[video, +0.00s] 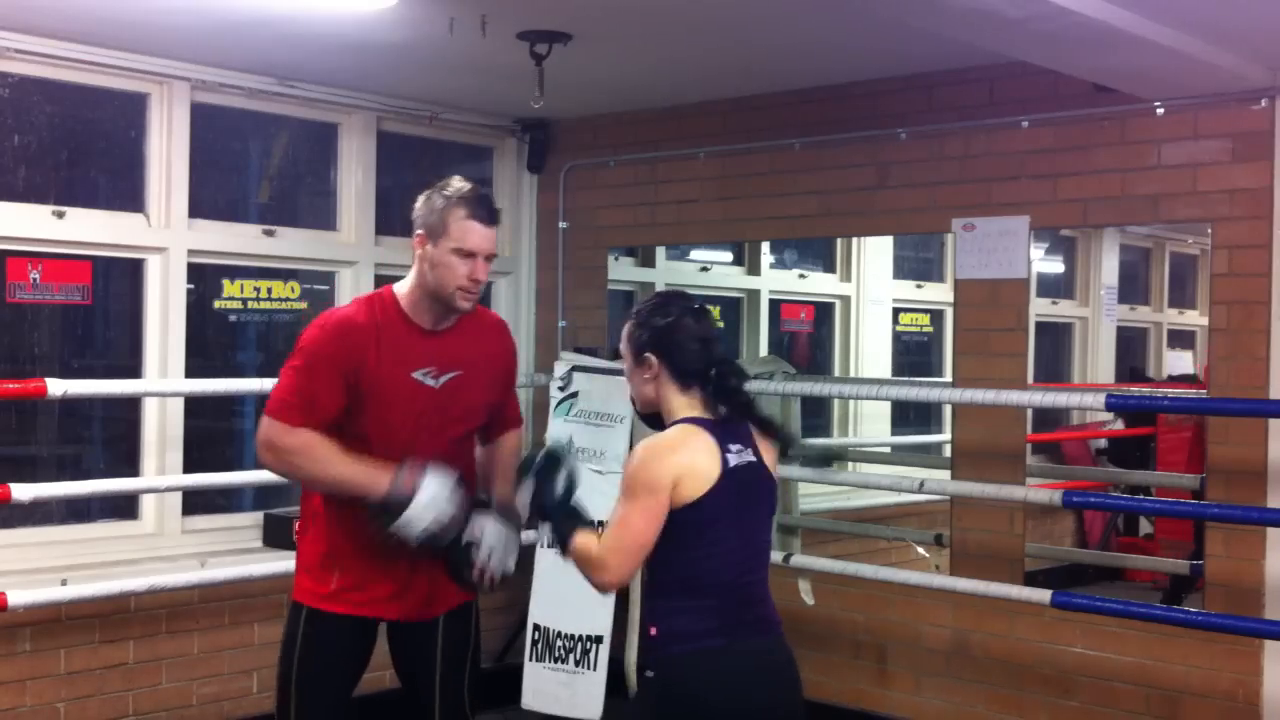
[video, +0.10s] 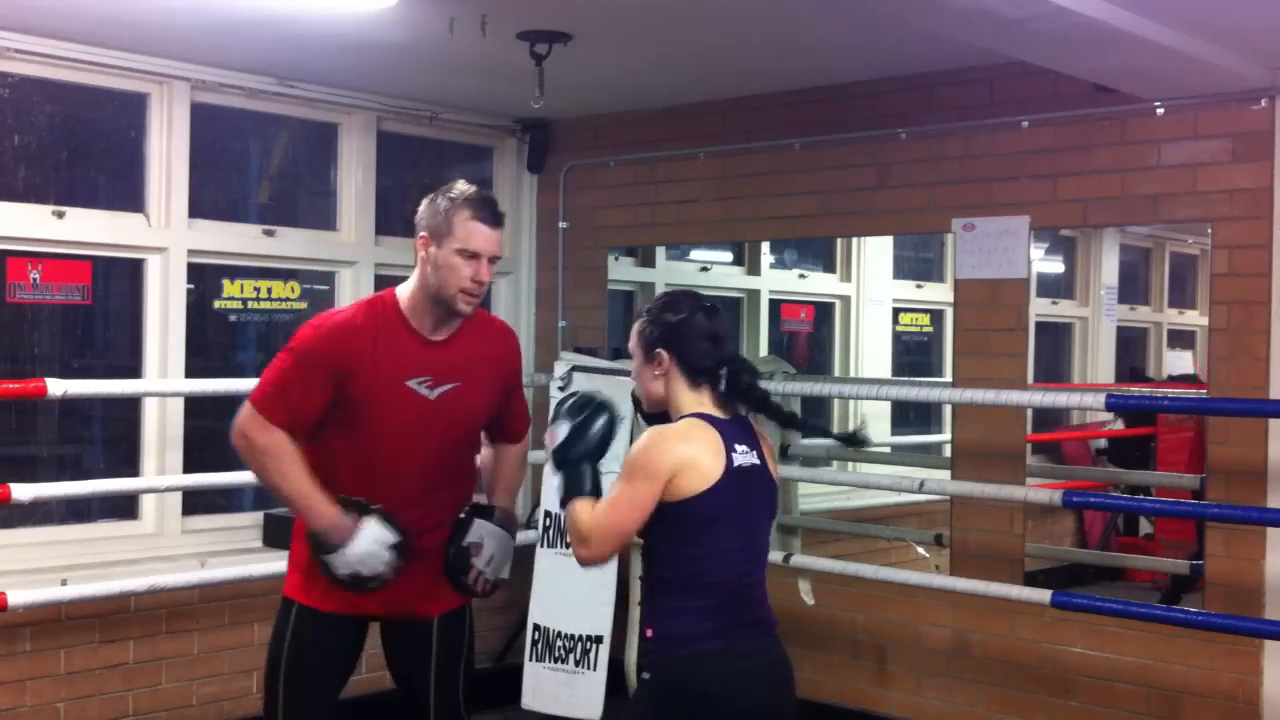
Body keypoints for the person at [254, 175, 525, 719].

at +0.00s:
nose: (480, 274)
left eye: (488, 259)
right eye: (465, 255)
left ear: (494, 257)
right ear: (421, 247)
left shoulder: (492, 338)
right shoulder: (344, 331)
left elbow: (502, 431)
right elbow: (277, 440)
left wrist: (501, 511)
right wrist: (399, 483)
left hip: (442, 585)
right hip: (338, 582)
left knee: (448, 709)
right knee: (307, 711)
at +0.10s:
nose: (483, 275)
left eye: (492, 261)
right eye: (469, 256)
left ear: (499, 262)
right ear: (425, 249)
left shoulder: (497, 345)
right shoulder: (340, 335)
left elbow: (509, 435)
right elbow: (255, 427)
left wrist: (500, 517)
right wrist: (331, 525)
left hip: (437, 584)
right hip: (331, 579)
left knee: (442, 711)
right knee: (293, 711)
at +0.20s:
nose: (469, 270)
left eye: (476, 257)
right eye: (455, 252)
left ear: (483, 260)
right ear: (409, 246)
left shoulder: (480, 346)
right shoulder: (318, 336)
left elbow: (498, 435)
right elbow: (234, 423)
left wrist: (492, 510)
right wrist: (318, 514)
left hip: (424, 583)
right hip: (316, 580)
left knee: (433, 710)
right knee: (278, 713)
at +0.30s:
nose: (431, 264)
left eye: (439, 249)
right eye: (416, 244)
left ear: (444, 253)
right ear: (370, 241)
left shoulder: (446, 342)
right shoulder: (290, 334)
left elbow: (483, 430)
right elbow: (224, 442)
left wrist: (485, 477)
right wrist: (329, 469)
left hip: (400, 587)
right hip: (297, 583)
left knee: (419, 711)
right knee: (263, 711)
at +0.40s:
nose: (392, 262)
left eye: (399, 247)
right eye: (377, 243)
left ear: (404, 249)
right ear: (330, 240)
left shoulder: (408, 335)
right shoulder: (260, 334)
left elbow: (456, 437)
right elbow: (233, 451)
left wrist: (474, 413)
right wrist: (327, 393)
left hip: (376, 584)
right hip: (273, 588)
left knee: (407, 710)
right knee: (250, 711)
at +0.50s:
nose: (364, 257)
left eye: (370, 243)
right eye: (348, 240)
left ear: (378, 243)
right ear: (300, 237)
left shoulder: (383, 329)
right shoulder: (239, 326)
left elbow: (454, 417)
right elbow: (245, 434)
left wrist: (455, 337)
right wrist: (308, 337)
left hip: (359, 577)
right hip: (257, 579)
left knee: (396, 710)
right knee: (242, 712)